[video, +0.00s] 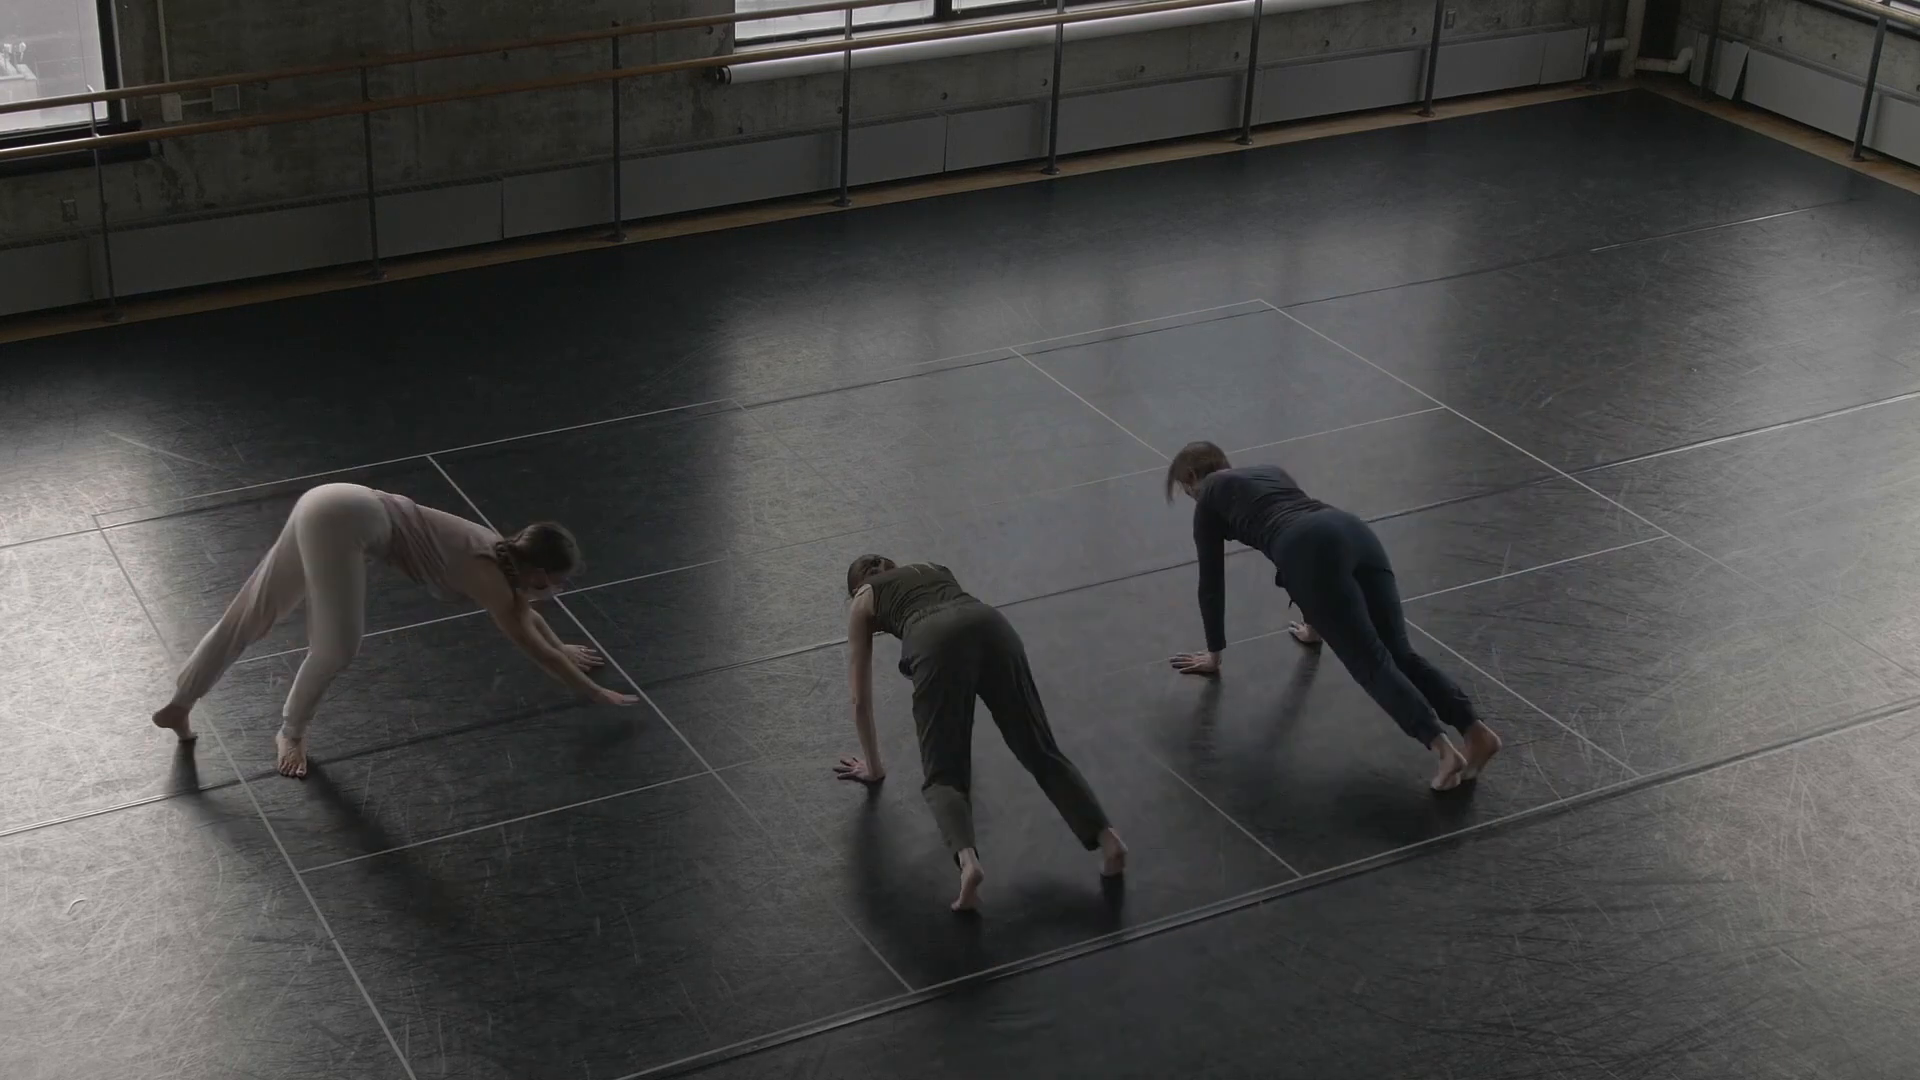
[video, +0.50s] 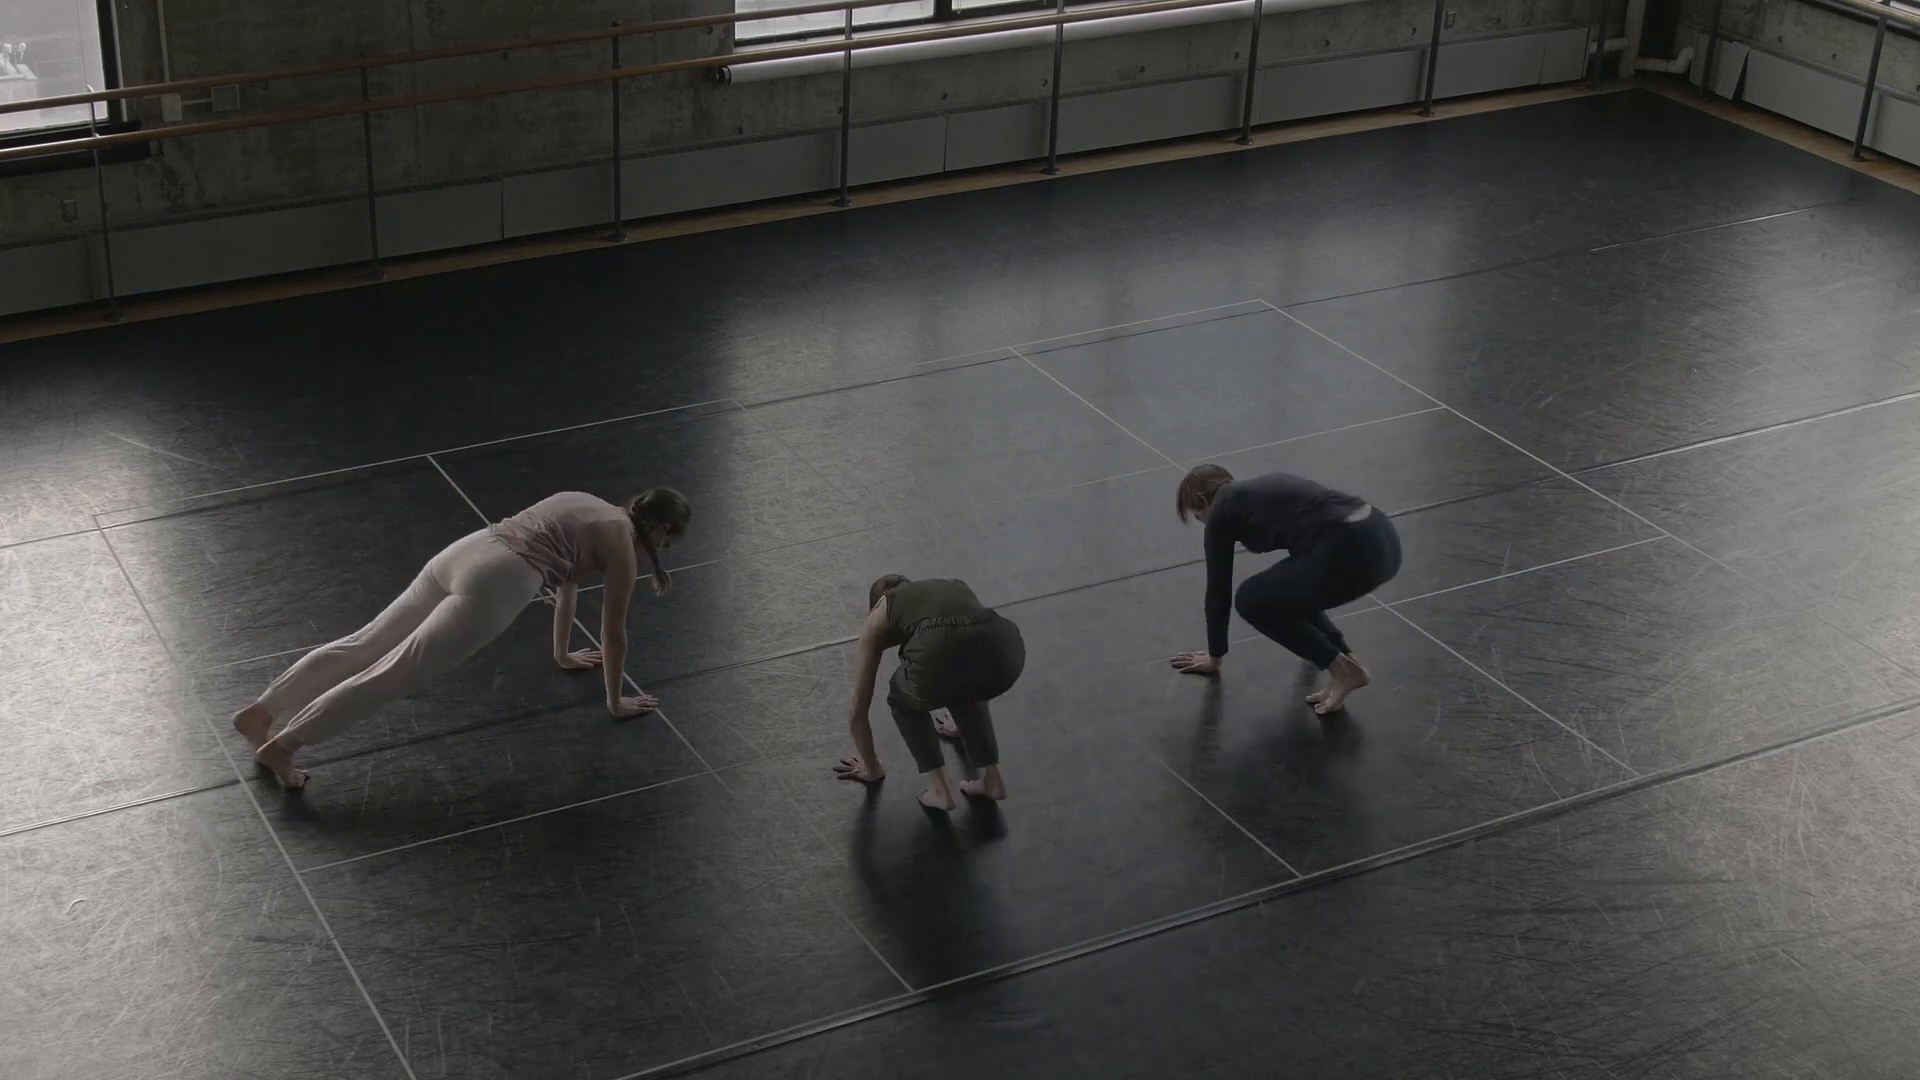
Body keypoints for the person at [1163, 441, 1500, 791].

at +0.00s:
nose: (1190, 496)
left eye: (1187, 488)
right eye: (1185, 490)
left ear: (1195, 478)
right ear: (1221, 463)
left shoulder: (1210, 499)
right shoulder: (1268, 473)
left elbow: (1210, 584)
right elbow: (1304, 543)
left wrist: (1214, 653)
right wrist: (1313, 624)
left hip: (1307, 552)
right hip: (1353, 530)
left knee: (1371, 665)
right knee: (1400, 651)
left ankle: (1445, 751)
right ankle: (1477, 732)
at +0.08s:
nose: (1189, 508)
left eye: (1185, 499)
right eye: (1184, 501)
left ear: (1192, 486)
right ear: (1215, 471)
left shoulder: (1206, 505)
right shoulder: (1264, 475)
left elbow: (1210, 586)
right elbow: (1299, 551)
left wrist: (1213, 653)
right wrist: (1312, 628)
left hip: (1306, 529)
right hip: (1356, 512)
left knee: (1355, 655)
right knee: (1384, 641)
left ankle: (1425, 735)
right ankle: (1457, 723)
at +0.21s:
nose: (1192, 521)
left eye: (1188, 513)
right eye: (1186, 516)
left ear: (1195, 497)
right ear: (1214, 480)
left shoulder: (1207, 507)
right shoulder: (1257, 481)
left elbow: (1212, 585)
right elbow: (1305, 542)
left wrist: (1214, 655)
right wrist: (1316, 627)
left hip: (1310, 507)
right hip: (1366, 493)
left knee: (1330, 633)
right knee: (1355, 618)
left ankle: (1396, 714)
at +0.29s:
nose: (1197, 523)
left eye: (1194, 516)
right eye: (1192, 518)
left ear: (1199, 502)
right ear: (1218, 483)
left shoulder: (1211, 509)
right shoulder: (1258, 482)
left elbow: (1213, 585)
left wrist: (1214, 655)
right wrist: (1309, 624)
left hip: (1318, 502)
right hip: (1372, 494)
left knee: (1303, 614)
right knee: (1332, 601)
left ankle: (1372, 695)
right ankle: (1388, 685)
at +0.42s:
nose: (1201, 524)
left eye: (1197, 517)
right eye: (1195, 519)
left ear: (1204, 503)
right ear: (1224, 482)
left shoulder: (1217, 510)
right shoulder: (1259, 485)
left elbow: (1216, 589)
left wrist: (1214, 655)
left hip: (1335, 525)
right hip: (1378, 516)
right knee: (1300, 590)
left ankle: (1349, 678)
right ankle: (1358, 671)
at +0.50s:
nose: (1202, 522)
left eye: (1197, 515)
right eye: (1196, 518)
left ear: (1205, 501)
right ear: (1225, 483)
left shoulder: (1221, 513)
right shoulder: (1261, 489)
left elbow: (1218, 592)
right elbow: (1309, 538)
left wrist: (1215, 657)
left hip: (1352, 551)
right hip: (1382, 539)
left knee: (1251, 599)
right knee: (1277, 590)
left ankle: (1343, 673)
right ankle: (1346, 664)